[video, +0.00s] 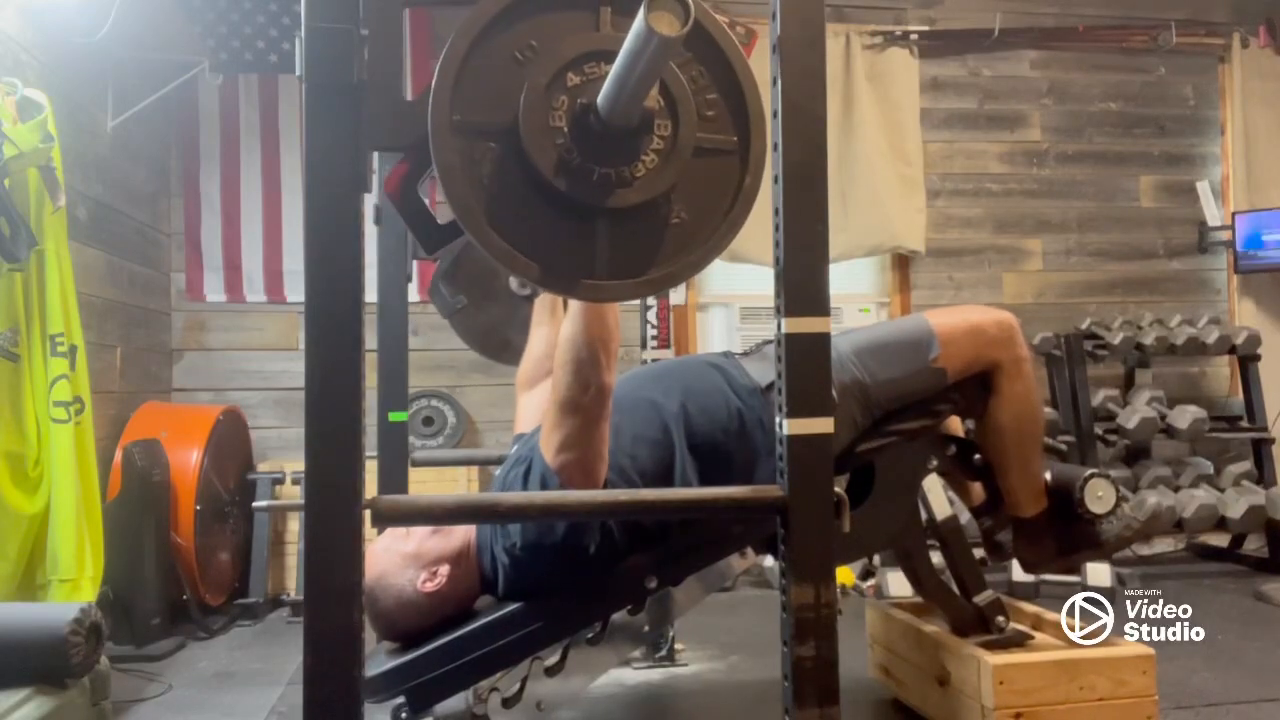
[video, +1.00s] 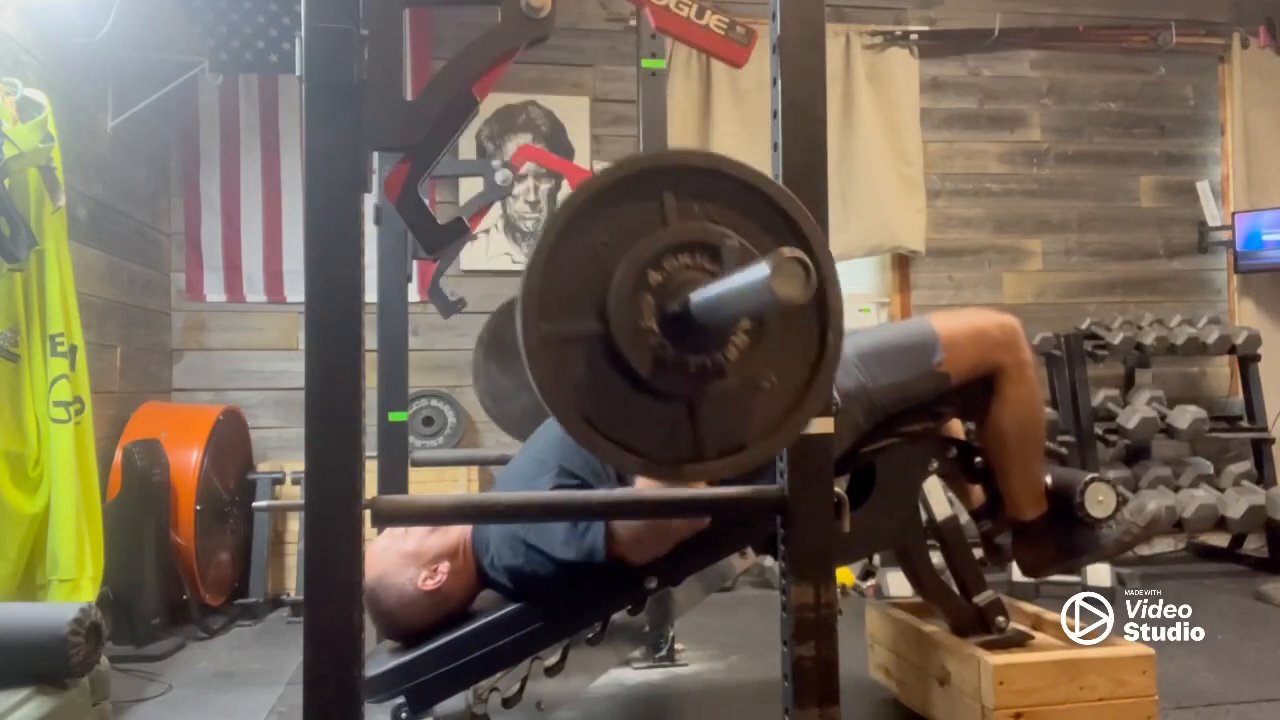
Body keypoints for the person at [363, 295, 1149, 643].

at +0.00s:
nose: (417, 525)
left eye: (399, 531)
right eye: (412, 544)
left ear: (428, 555)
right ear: (444, 579)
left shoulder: (500, 499)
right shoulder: (534, 542)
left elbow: (546, 371)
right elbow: (585, 382)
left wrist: (561, 217)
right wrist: (598, 222)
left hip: (741, 376)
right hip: (772, 422)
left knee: (947, 323)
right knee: (997, 333)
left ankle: (988, 481)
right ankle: (1033, 519)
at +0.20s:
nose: (416, 527)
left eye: (398, 532)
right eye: (410, 546)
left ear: (428, 555)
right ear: (443, 581)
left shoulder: (501, 499)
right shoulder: (535, 545)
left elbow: (546, 367)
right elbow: (586, 379)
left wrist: (562, 210)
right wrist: (605, 211)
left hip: (742, 376)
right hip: (770, 422)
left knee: (950, 323)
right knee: (997, 334)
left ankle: (989, 478)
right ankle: (1033, 518)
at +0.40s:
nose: (419, 527)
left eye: (403, 532)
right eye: (415, 545)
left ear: (428, 555)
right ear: (445, 579)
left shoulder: (496, 497)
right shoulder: (536, 545)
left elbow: (548, 364)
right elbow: (595, 381)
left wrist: (563, 207)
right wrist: (602, 214)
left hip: (740, 375)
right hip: (772, 423)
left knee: (939, 323)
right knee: (998, 336)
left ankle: (980, 476)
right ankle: (1032, 521)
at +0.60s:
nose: (412, 527)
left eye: (393, 533)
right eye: (408, 548)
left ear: (428, 554)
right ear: (443, 579)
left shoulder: (501, 498)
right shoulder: (531, 550)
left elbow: (569, 391)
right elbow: (622, 410)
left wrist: (562, 237)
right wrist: (609, 254)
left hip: (738, 374)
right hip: (771, 424)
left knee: (932, 325)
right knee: (998, 336)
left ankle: (972, 469)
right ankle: (1032, 523)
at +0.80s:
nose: (415, 531)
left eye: (397, 535)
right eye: (413, 551)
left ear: (425, 544)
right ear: (444, 580)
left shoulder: (493, 502)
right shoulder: (524, 549)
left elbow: (619, 430)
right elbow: (653, 468)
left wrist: (612, 315)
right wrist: (636, 331)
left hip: (742, 383)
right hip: (764, 432)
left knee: (925, 322)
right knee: (998, 337)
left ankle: (977, 469)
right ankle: (1032, 521)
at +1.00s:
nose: (418, 531)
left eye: (399, 536)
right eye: (416, 552)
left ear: (423, 544)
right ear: (445, 580)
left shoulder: (490, 502)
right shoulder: (526, 546)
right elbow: (652, 530)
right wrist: (679, 395)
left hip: (714, 390)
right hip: (747, 441)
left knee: (921, 320)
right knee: (999, 339)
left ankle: (985, 476)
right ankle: (1034, 525)